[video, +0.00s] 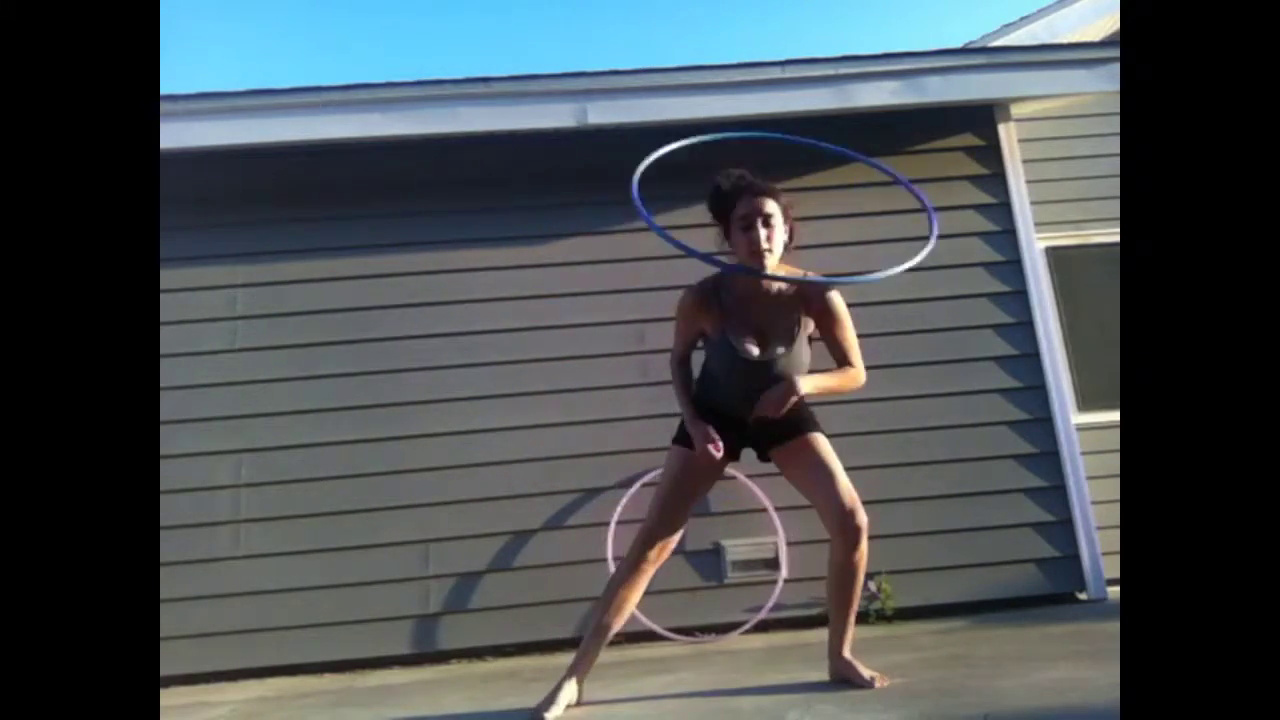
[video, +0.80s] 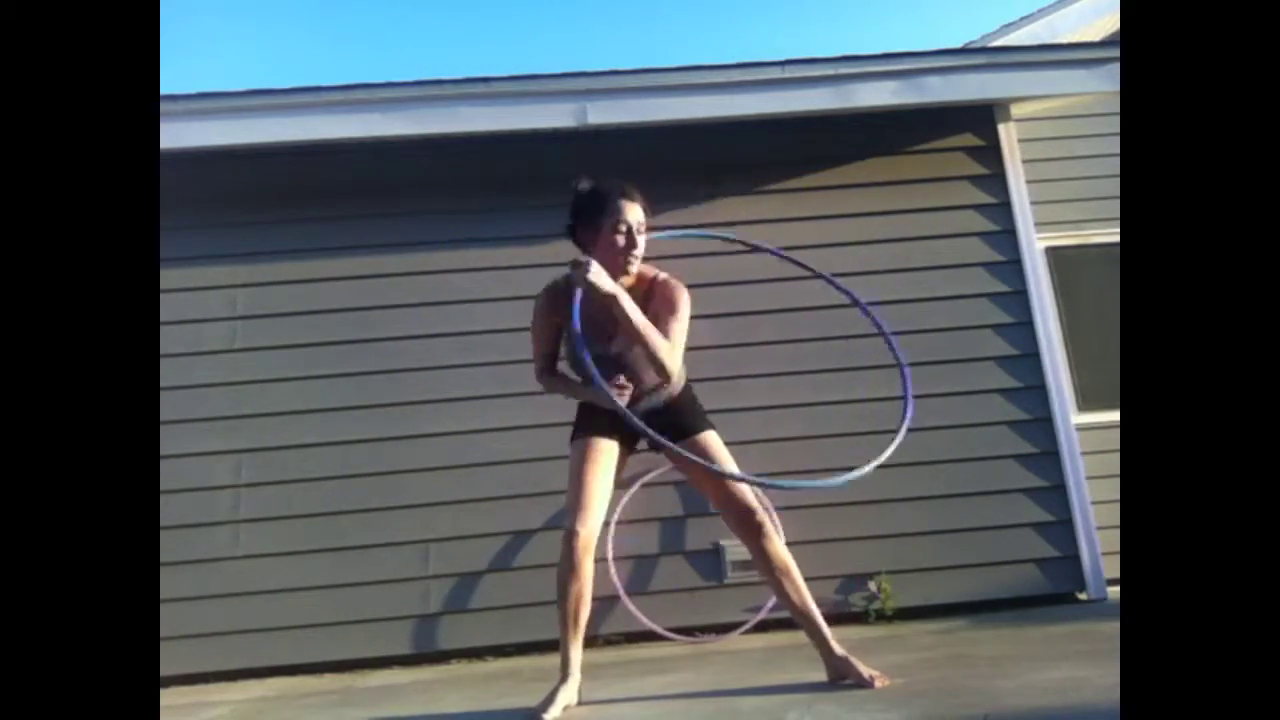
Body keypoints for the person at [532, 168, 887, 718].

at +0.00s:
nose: (761, 234)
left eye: (769, 222)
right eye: (747, 226)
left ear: (785, 230)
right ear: (728, 238)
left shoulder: (817, 296)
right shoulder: (705, 299)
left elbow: (855, 373)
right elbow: (679, 359)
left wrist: (803, 385)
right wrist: (693, 419)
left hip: (783, 416)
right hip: (713, 417)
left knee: (852, 523)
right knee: (652, 546)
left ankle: (840, 657)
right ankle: (572, 681)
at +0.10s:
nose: (747, 245)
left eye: (756, 234)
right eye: (735, 235)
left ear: (772, 239)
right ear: (715, 243)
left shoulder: (800, 293)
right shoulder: (689, 303)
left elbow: (849, 376)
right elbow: (671, 375)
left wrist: (809, 344)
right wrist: (694, 426)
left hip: (778, 418)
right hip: (708, 421)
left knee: (848, 523)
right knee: (646, 546)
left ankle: (840, 657)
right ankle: (571, 680)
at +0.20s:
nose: (721, 250)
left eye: (733, 238)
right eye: (710, 239)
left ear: (751, 237)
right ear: (694, 241)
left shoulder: (769, 281)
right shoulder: (668, 303)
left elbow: (806, 342)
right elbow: (661, 382)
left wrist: (791, 277)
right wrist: (694, 435)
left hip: (763, 415)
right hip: (695, 421)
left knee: (840, 519)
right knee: (628, 546)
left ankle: (839, 656)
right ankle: (570, 680)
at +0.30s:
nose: (699, 246)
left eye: (708, 235)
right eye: (688, 236)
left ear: (727, 236)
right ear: (670, 239)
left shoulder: (744, 276)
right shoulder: (654, 300)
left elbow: (770, 260)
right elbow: (646, 386)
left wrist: (734, 197)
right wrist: (686, 430)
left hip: (749, 416)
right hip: (680, 422)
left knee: (829, 523)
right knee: (618, 541)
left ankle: (837, 655)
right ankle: (570, 680)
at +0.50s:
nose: (662, 220)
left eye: (669, 207)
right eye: (646, 211)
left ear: (684, 212)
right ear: (626, 227)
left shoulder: (709, 258)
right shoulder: (620, 298)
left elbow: (727, 192)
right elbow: (617, 377)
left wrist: (647, 210)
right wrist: (634, 421)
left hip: (721, 409)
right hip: (653, 415)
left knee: (797, 519)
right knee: (601, 533)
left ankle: (835, 655)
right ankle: (570, 674)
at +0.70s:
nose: (638, 230)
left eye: (645, 222)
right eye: (625, 219)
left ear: (654, 231)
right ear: (594, 230)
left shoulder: (665, 280)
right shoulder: (574, 299)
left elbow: (702, 269)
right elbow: (571, 366)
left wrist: (621, 250)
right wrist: (596, 411)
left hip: (686, 403)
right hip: (618, 414)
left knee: (764, 520)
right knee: (589, 537)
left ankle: (835, 655)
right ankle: (569, 680)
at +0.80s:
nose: (633, 240)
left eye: (640, 230)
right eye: (619, 230)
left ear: (647, 234)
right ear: (584, 237)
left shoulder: (665, 291)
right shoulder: (558, 300)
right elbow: (546, 371)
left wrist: (620, 296)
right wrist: (594, 394)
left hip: (671, 405)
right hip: (603, 413)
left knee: (753, 518)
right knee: (578, 537)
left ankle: (833, 655)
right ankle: (568, 681)